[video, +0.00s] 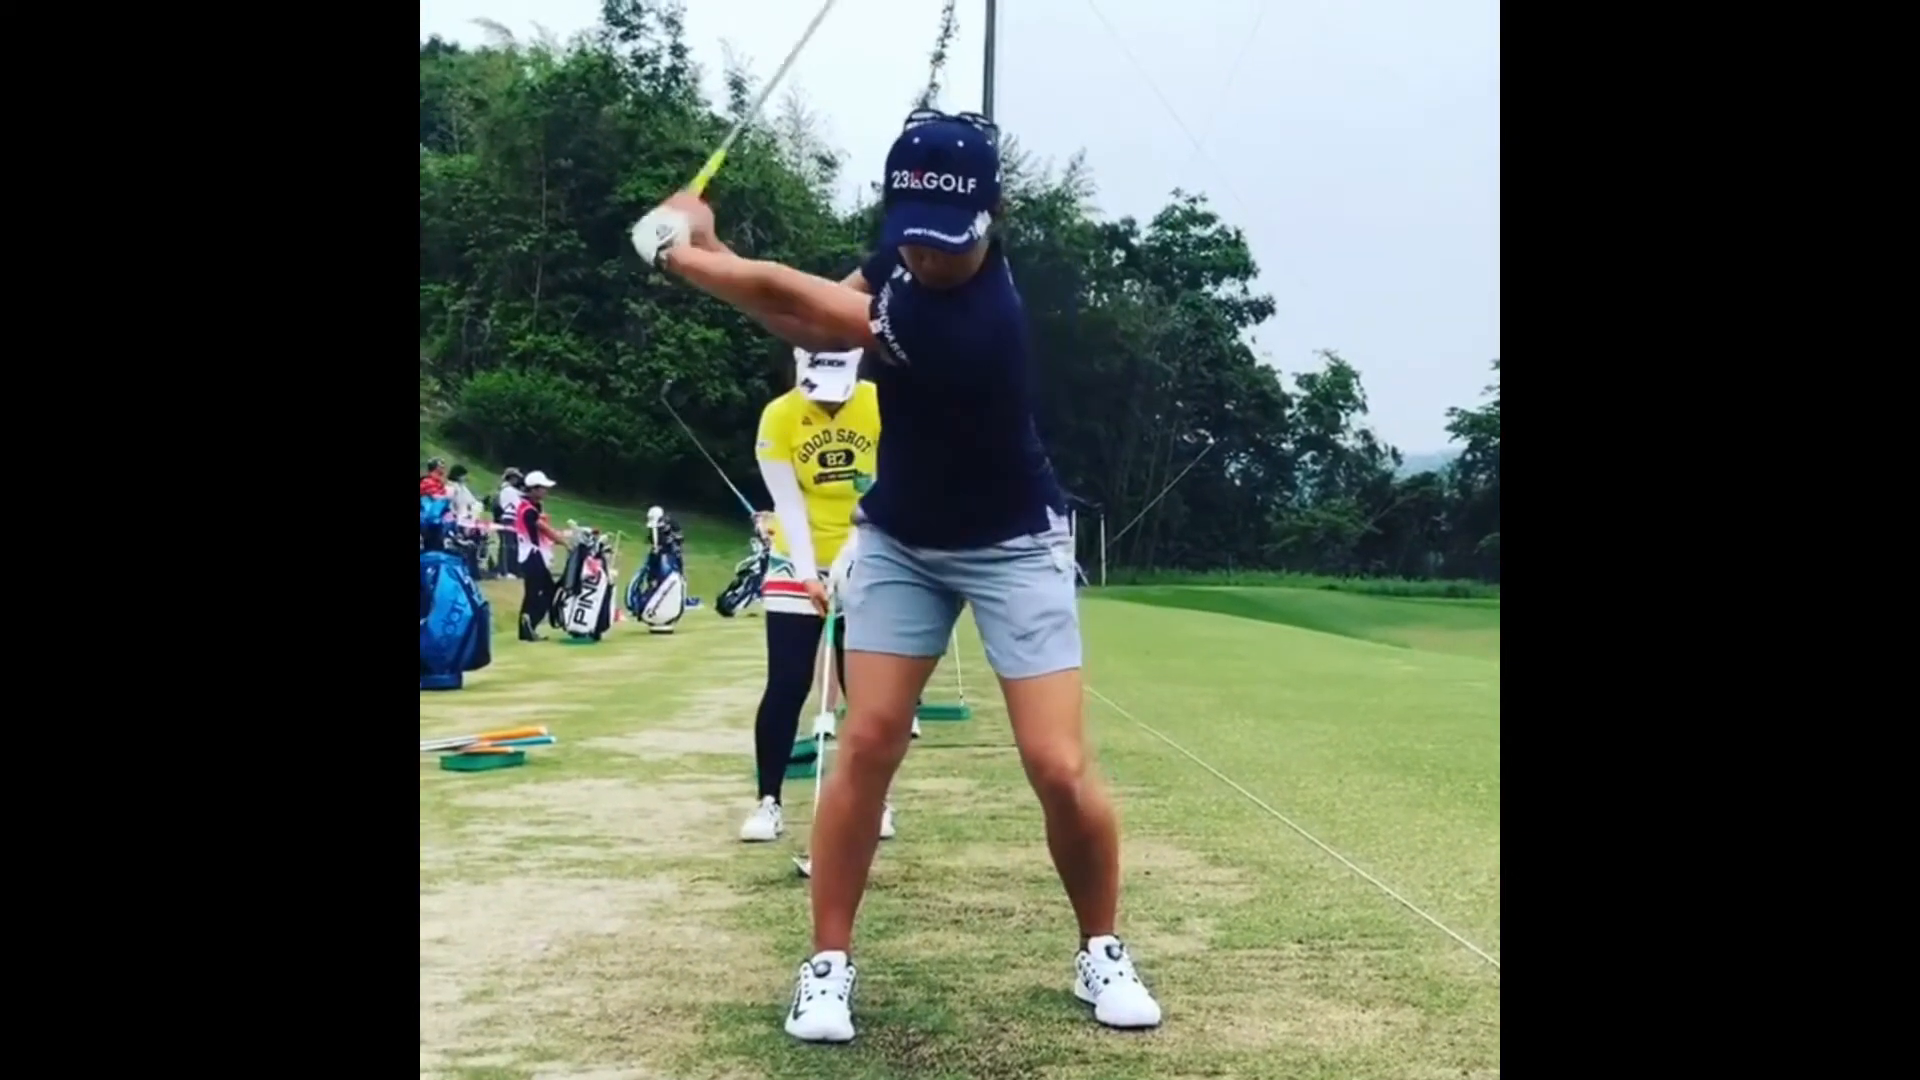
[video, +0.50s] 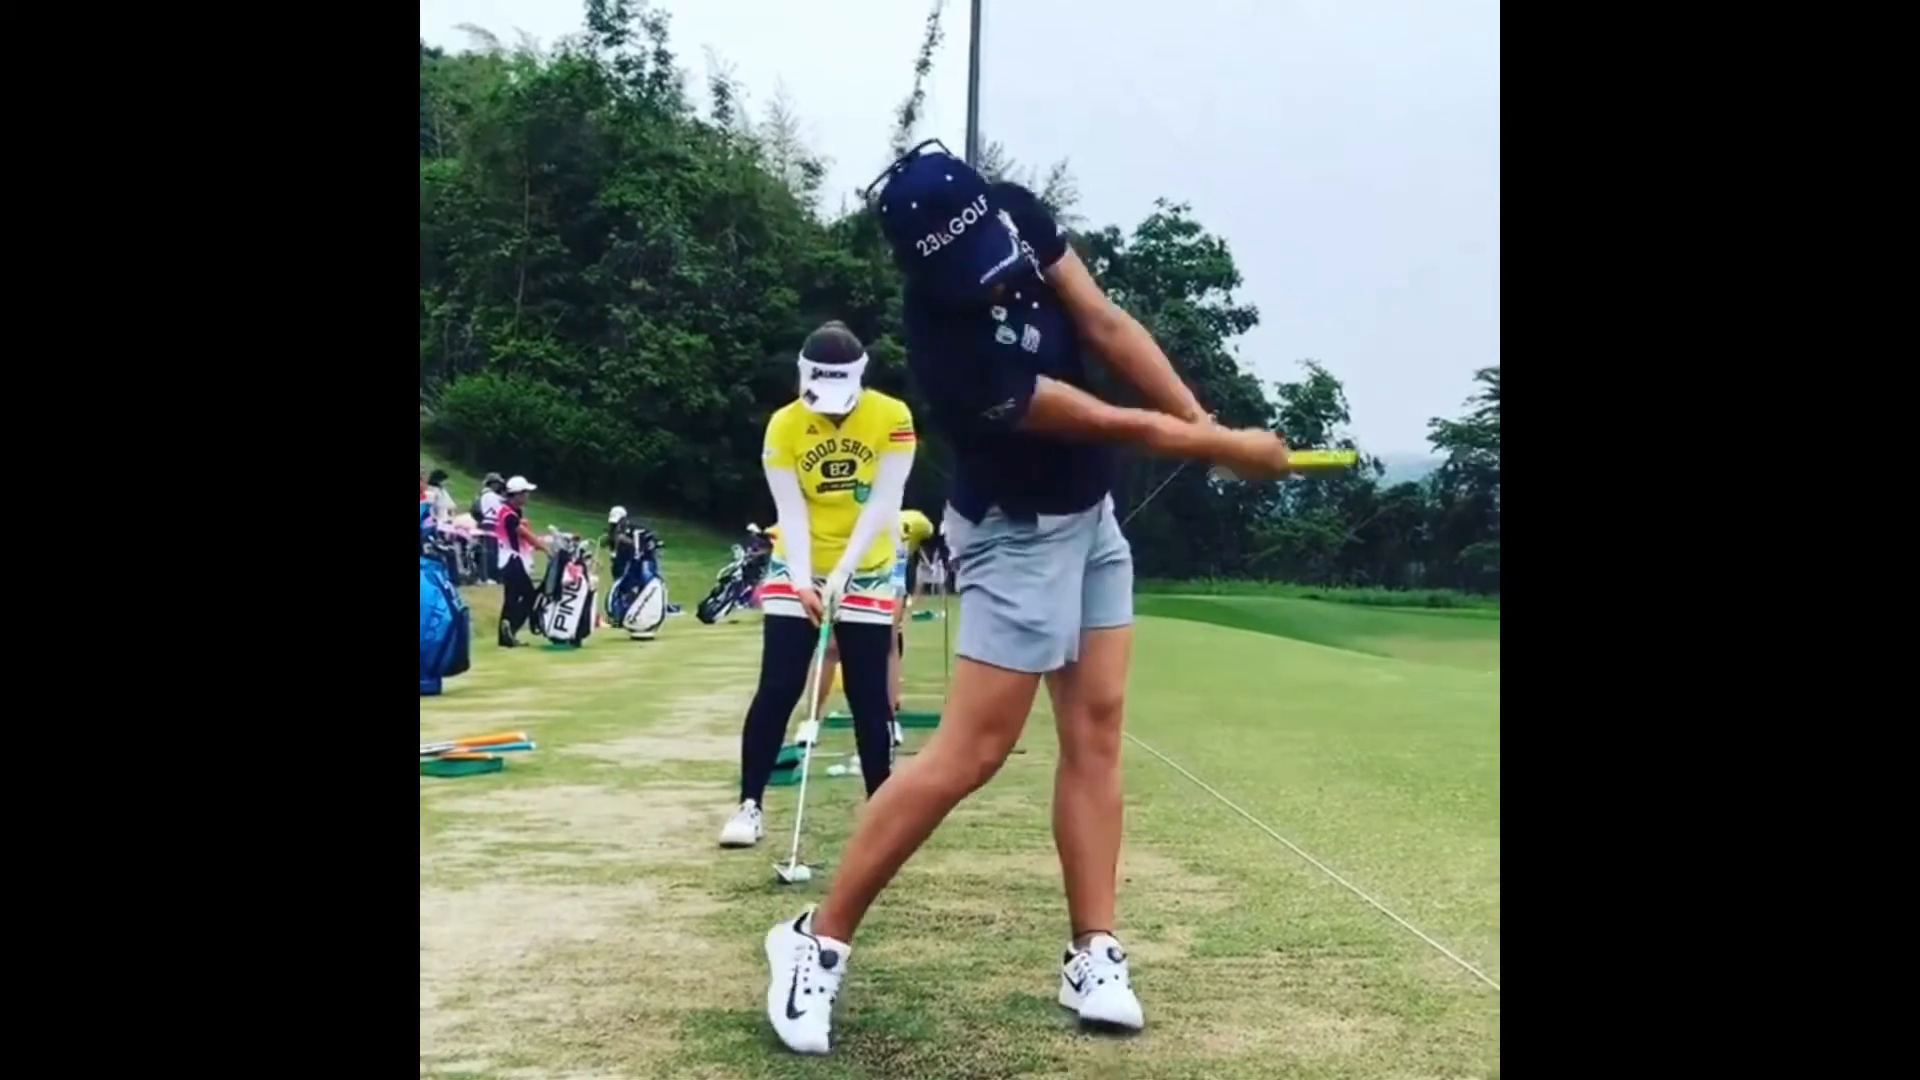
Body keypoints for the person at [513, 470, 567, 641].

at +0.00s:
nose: (545, 492)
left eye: (546, 488)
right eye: (542, 488)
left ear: (535, 491)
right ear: (533, 490)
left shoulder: (528, 507)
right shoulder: (529, 511)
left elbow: (545, 529)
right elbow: (546, 531)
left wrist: (562, 535)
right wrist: (565, 541)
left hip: (531, 553)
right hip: (532, 554)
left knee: (532, 591)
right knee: (549, 588)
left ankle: (526, 629)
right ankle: (531, 621)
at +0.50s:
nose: (527, 497)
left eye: (527, 493)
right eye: (524, 493)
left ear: (514, 496)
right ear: (515, 495)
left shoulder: (510, 512)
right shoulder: (510, 516)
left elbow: (525, 533)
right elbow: (527, 537)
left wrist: (541, 543)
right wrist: (546, 548)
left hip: (510, 556)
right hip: (511, 559)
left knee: (511, 596)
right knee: (529, 593)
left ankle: (505, 634)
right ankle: (511, 626)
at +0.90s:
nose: (508, 500)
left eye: (508, 497)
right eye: (506, 497)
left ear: (493, 497)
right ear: (498, 498)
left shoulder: (486, 515)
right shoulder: (491, 519)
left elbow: (504, 536)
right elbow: (508, 540)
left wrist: (522, 546)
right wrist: (526, 551)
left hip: (487, 559)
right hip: (492, 562)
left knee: (491, 599)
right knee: (509, 597)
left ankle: (485, 637)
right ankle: (491, 629)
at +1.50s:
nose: (496, 506)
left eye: (496, 502)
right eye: (494, 503)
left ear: (480, 503)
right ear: (486, 504)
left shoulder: (476, 521)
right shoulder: (479, 525)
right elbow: (495, 546)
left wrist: (508, 556)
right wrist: (514, 559)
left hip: (476, 565)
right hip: (479, 568)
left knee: (478, 606)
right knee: (497, 603)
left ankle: (472, 644)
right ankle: (477, 636)